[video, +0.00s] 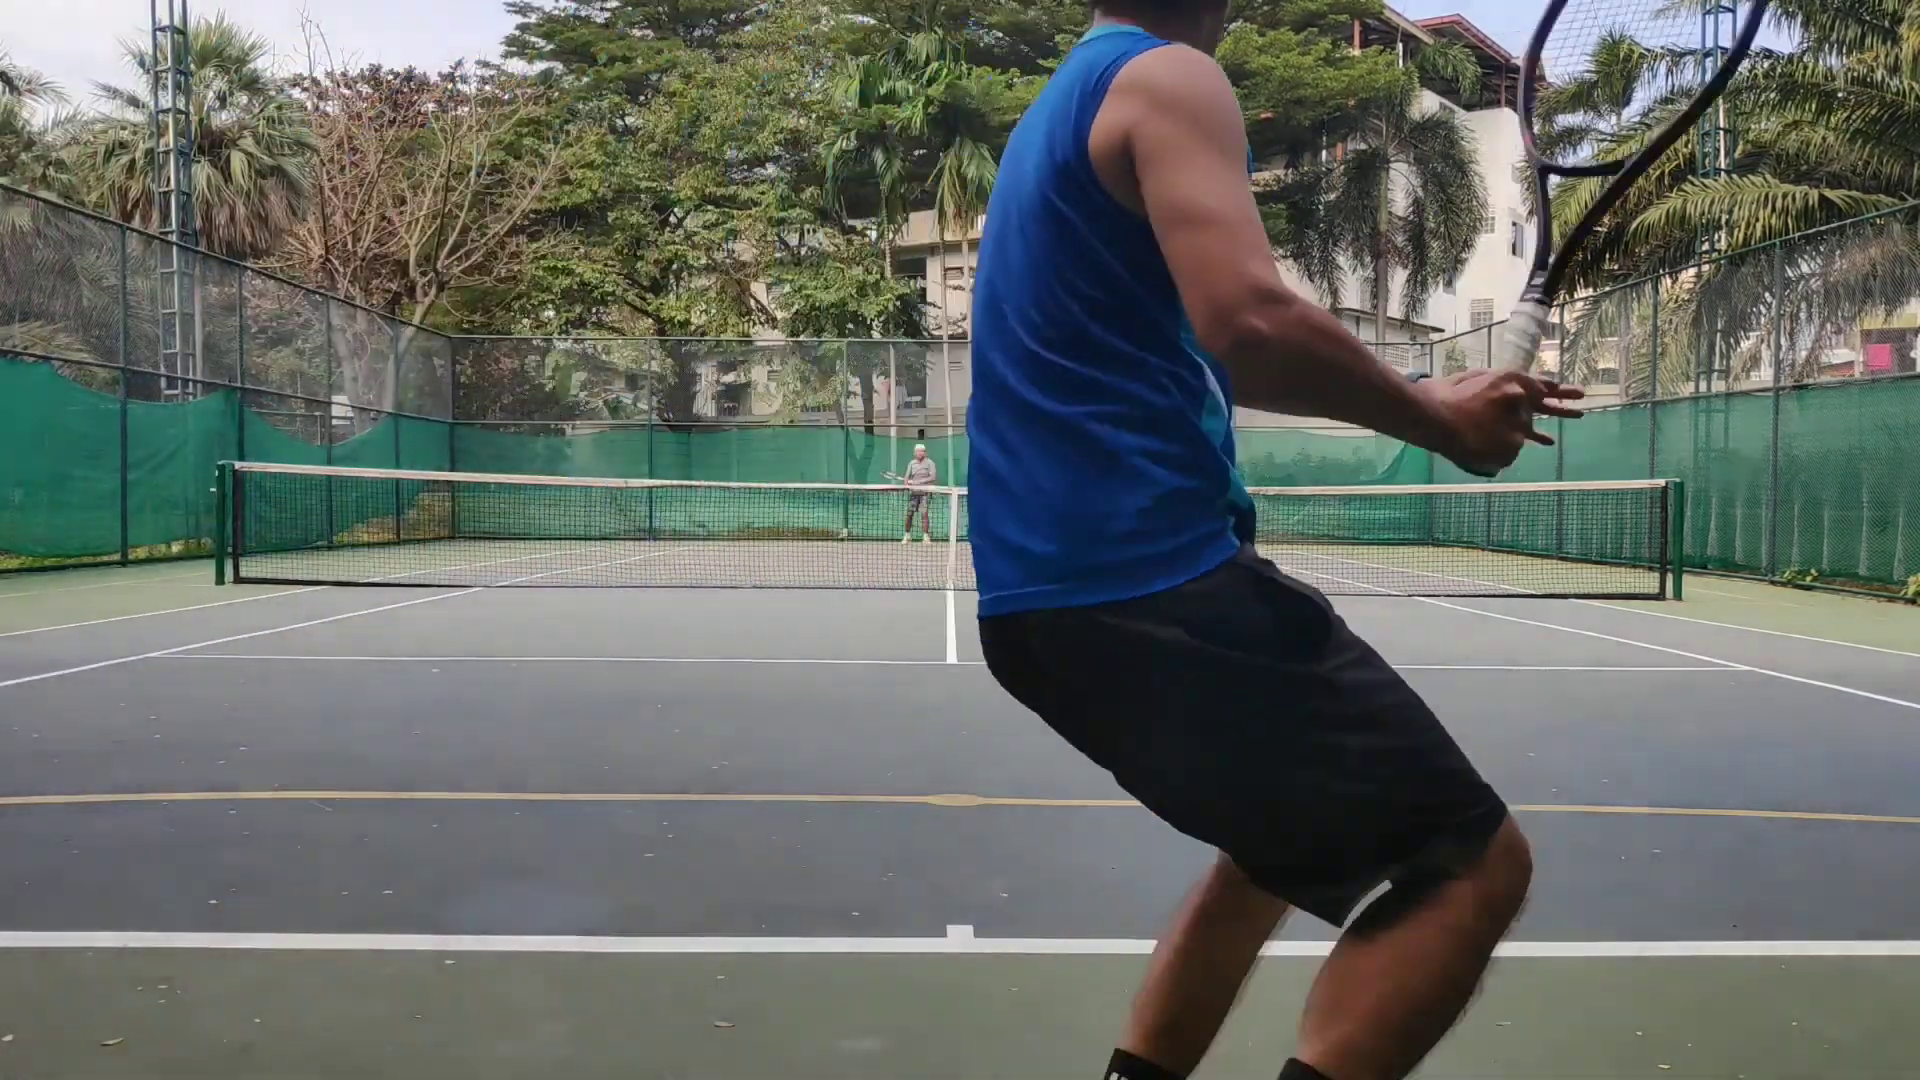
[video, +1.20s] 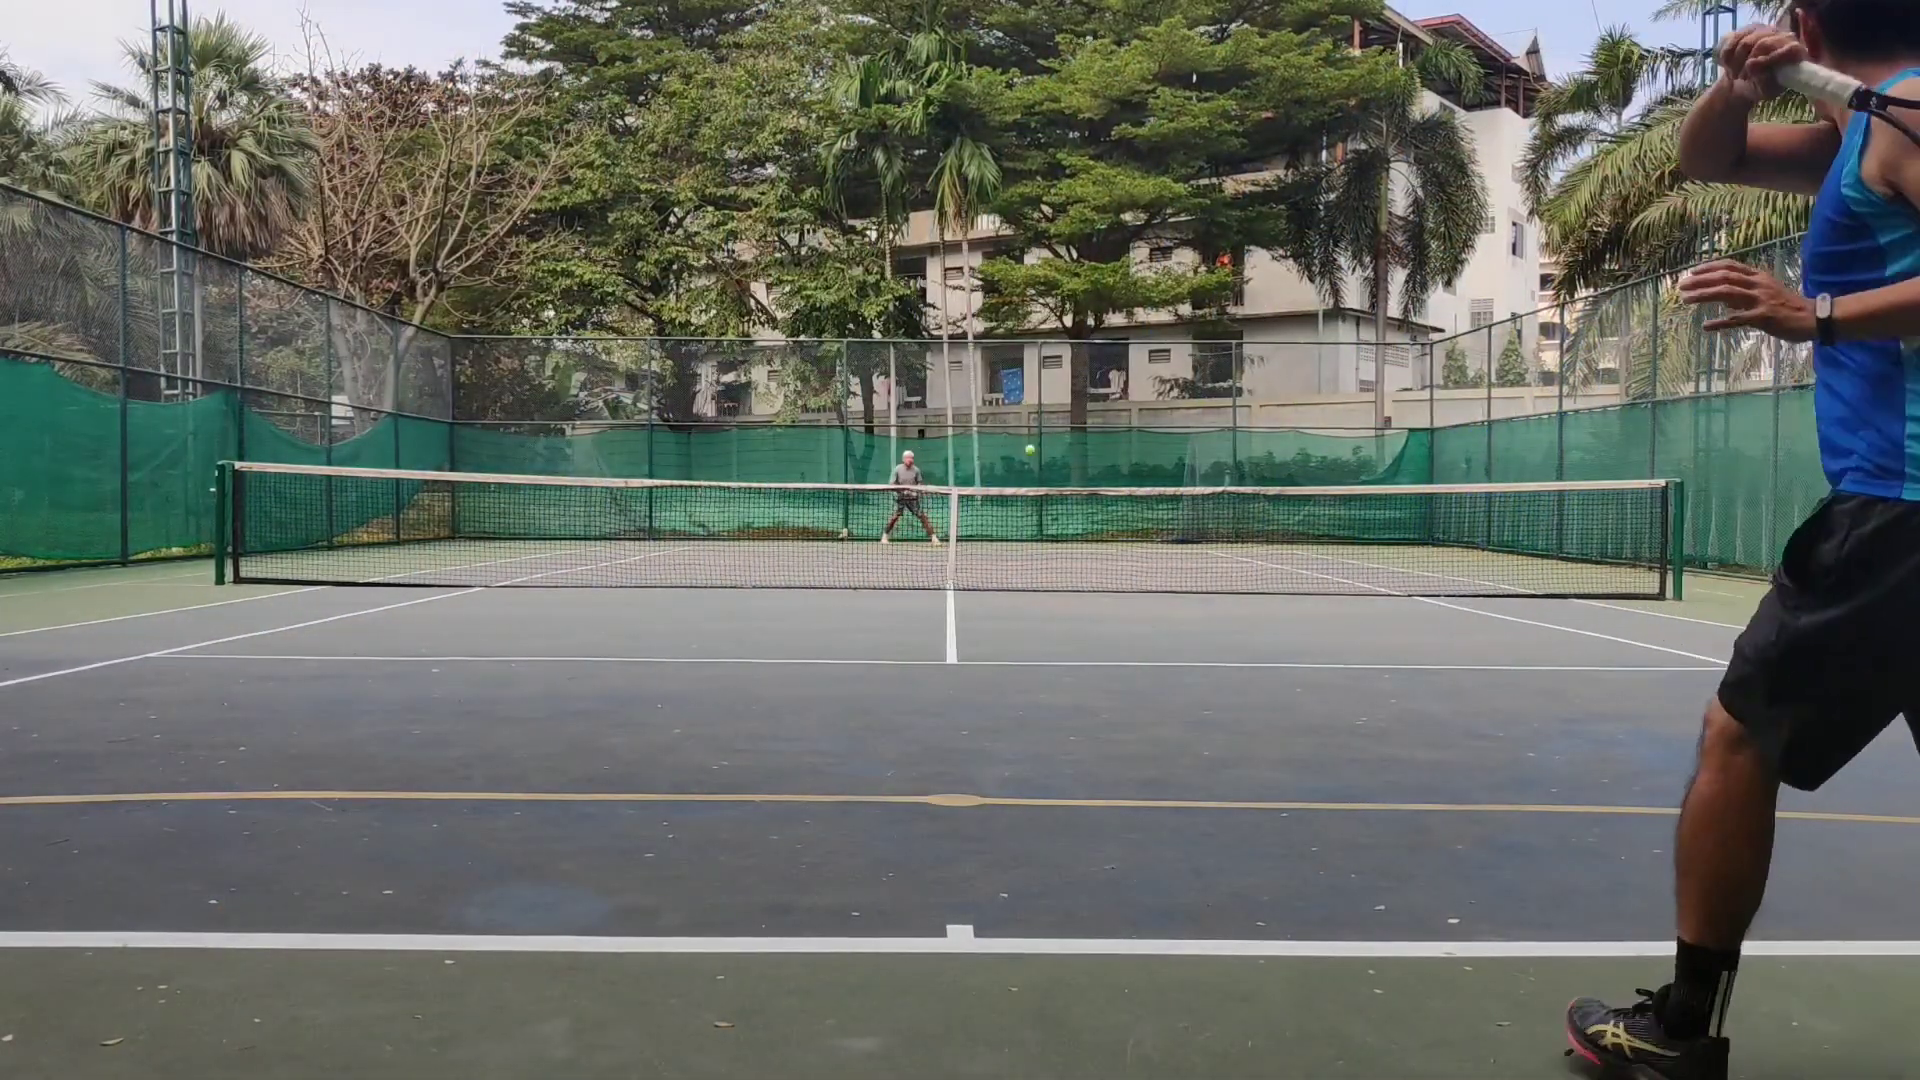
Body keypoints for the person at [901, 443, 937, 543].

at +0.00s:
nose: (920, 454)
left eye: (922, 451)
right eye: (918, 452)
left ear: (925, 453)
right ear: (915, 453)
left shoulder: (930, 463)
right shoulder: (912, 463)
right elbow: (907, 476)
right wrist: (907, 484)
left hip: (925, 490)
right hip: (914, 489)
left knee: (924, 512)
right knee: (910, 512)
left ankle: (926, 534)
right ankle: (907, 534)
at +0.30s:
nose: (923, 458)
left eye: (924, 455)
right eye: (921, 455)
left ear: (927, 457)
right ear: (917, 457)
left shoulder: (932, 468)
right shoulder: (913, 469)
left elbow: (936, 480)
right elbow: (909, 482)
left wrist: (931, 489)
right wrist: (911, 490)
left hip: (927, 495)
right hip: (915, 495)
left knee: (932, 515)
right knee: (910, 517)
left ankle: (938, 535)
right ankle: (907, 535)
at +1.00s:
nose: (919, 456)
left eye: (920, 454)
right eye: (917, 454)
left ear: (922, 456)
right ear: (912, 455)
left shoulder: (926, 467)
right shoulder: (906, 466)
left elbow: (929, 478)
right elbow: (901, 480)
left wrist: (926, 487)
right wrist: (909, 487)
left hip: (921, 493)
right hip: (910, 493)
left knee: (928, 514)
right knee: (903, 512)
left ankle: (934, 535)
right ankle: (895, 534)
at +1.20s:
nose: (910, 460)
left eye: (911, 458)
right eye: (908, 458)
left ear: (913, 459)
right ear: (904, 459)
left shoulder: (916, 470)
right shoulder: (898, 469)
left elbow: (920, 484)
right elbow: (892, 484)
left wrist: (916, 491)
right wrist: (902, 490)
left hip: (913, 498)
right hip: (901, 497)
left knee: (922, 516)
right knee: (897, 515)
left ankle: (933, 536)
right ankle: (885, 534)